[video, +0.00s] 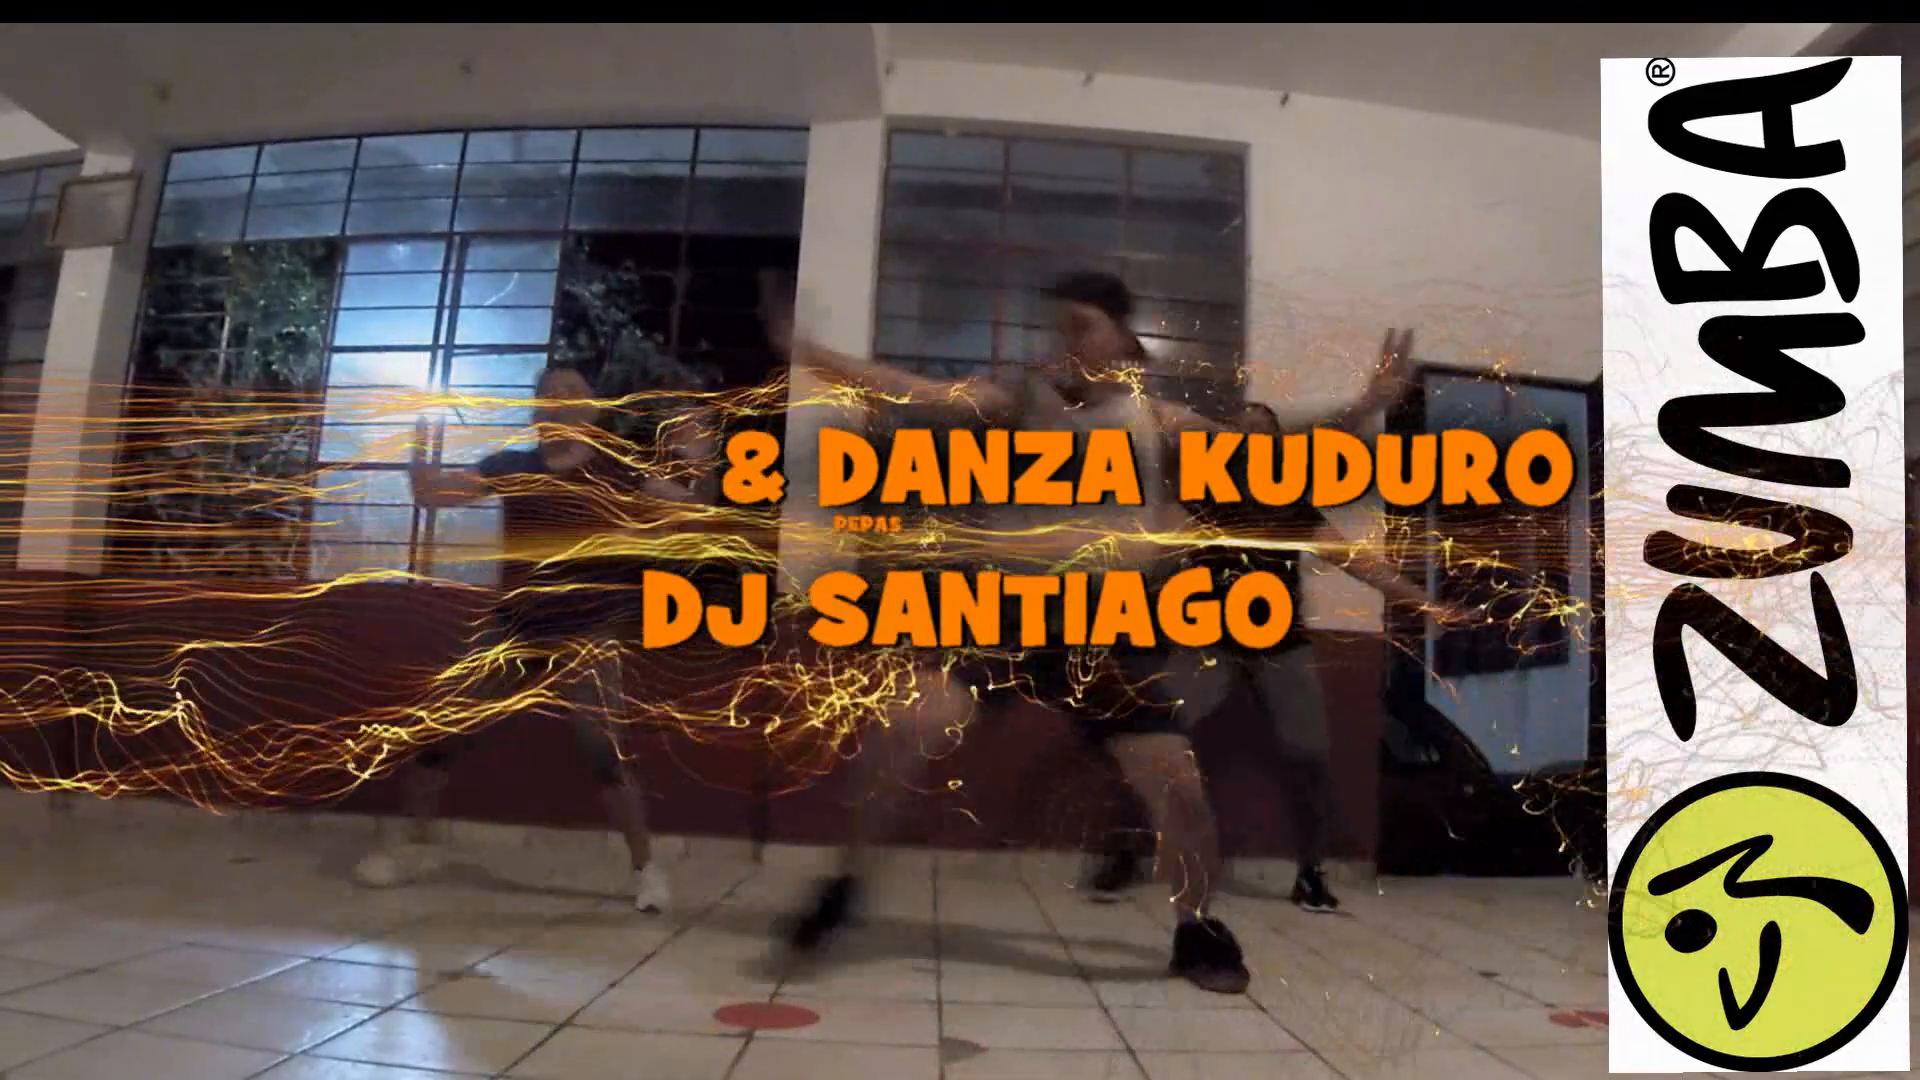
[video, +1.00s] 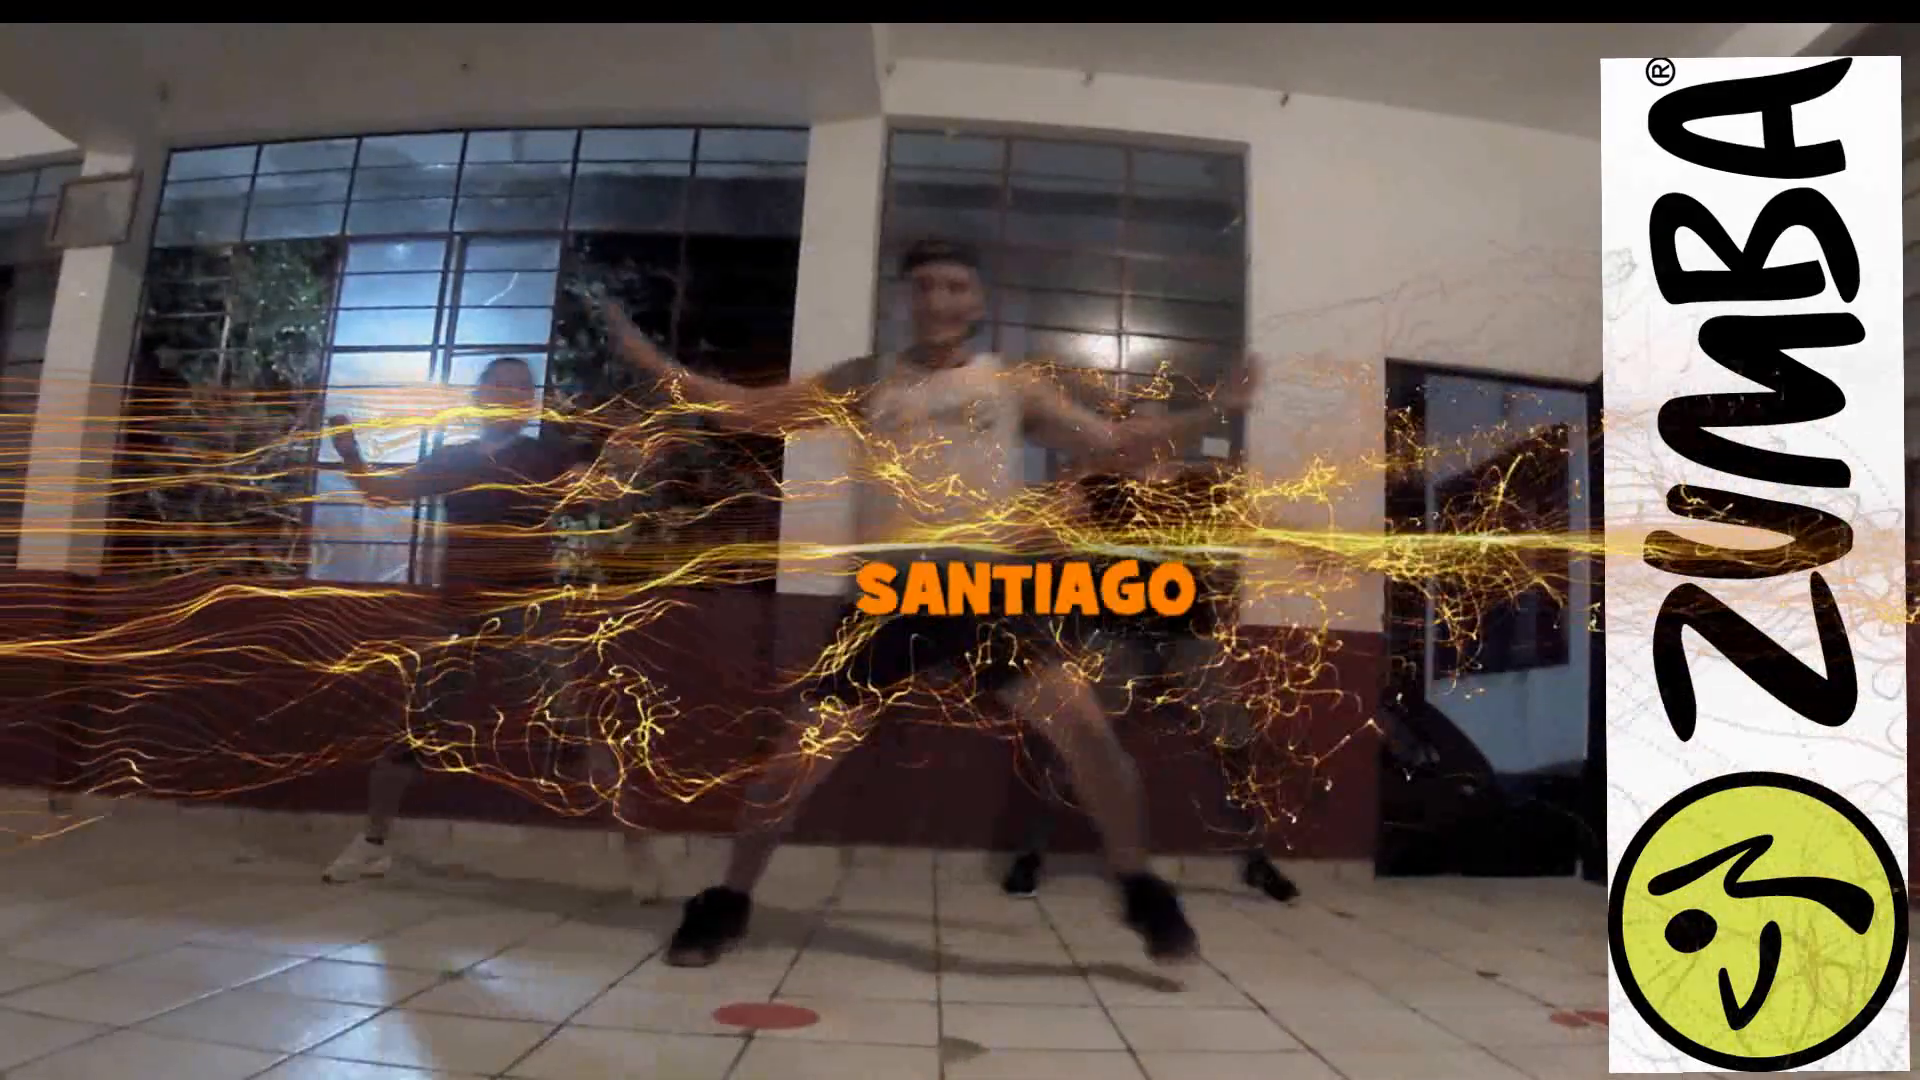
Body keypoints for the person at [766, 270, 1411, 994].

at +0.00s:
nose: (1077, 340)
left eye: (1090, 327)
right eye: (1067, 327)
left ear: (1124, 334)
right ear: (1053, 332)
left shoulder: (1155, 414)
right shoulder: (1020, 396)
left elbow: (1267, 437)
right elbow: (922, 396)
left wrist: (1364, 405)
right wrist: (820, 357)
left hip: (1114, 617)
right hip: (1004, 608)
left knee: (1176, 776)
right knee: (913, 723)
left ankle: (1197, 926)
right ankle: (841, 885)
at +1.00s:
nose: (943, 301)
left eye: (958, 289)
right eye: (930, 289)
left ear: (982, 303)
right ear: (908, 301)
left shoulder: (1013, 388)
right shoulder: (865, 385)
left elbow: (1116, 441)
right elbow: (743, 410)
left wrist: (1214, 407)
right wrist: (650, 360)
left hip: (996, 608)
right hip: (887, 607)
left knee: (1082, 721)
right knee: (795, 756)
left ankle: (1142, 888)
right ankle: (728, 900)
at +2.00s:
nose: (1003, 295)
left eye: (1018, 283)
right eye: (989, 281)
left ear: (1039, 302)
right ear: (966, 296)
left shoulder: (1064, 392)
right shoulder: (922, 368)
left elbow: (1166, 437)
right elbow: (801, 319)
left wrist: (1219, 378)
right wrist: (718, 239)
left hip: (1020, 616)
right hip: (912, 607)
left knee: (1091, 776)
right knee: (833, 772)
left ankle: (1139, 925)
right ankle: (784, 904)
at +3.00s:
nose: (956, 206)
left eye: (972, 203)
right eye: (936, 201)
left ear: (996, 236)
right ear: (907, 237)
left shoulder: (1020, 299)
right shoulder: (866, 346)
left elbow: (1053, 142)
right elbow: (800, 475)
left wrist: (1055, 25)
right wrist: (805, 432)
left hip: (973, 570)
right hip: (859, 570)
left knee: (1021, 765)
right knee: (819, 779)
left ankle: (1056, 986)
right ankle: (840, 895)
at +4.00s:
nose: (937, 325)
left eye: (952, 309)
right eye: (921, 309)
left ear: (974, 312)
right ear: (893, 311)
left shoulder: (1014, 398)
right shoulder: (856, 387)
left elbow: (1061, 514)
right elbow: (753, 421)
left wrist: (1084, 623)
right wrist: (767, 309)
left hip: (976, 630)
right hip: (871, 622)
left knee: (974, 801)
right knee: (793, 769)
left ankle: (953, 922)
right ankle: (707, 950)